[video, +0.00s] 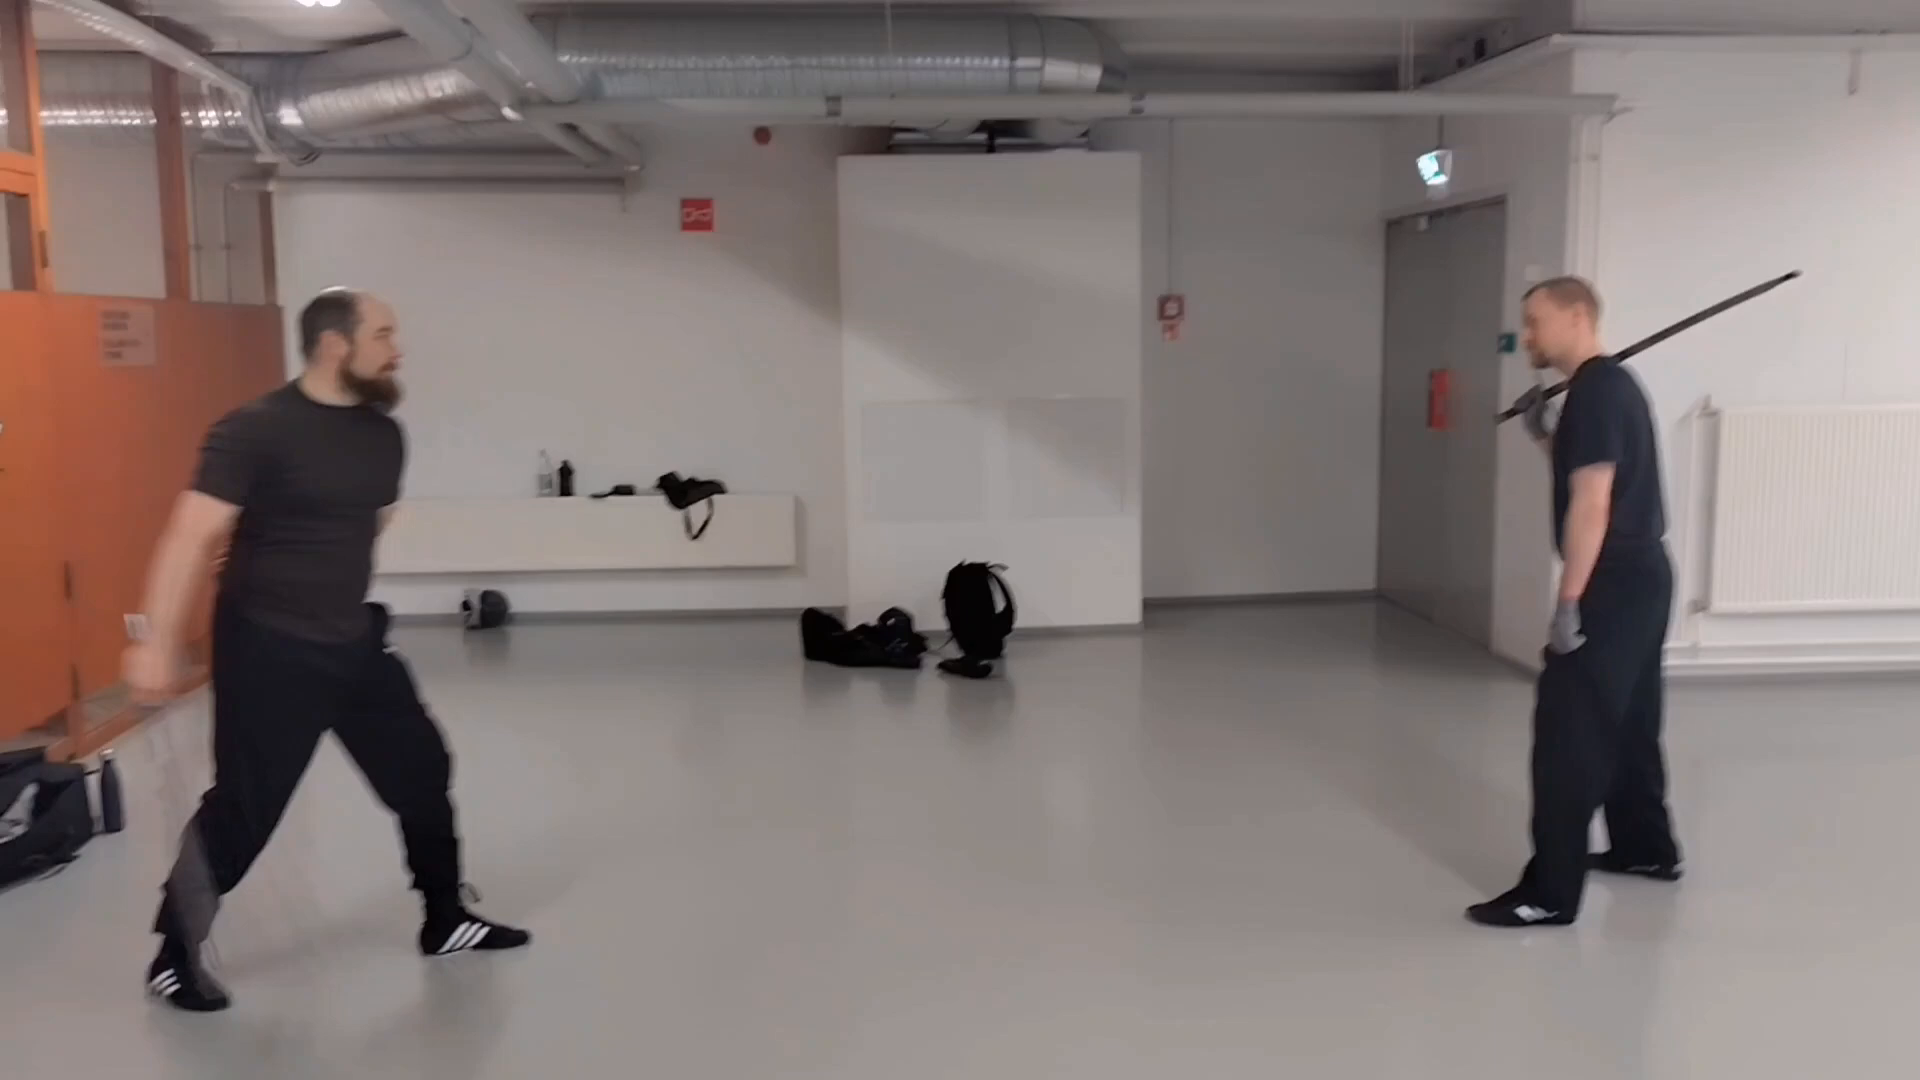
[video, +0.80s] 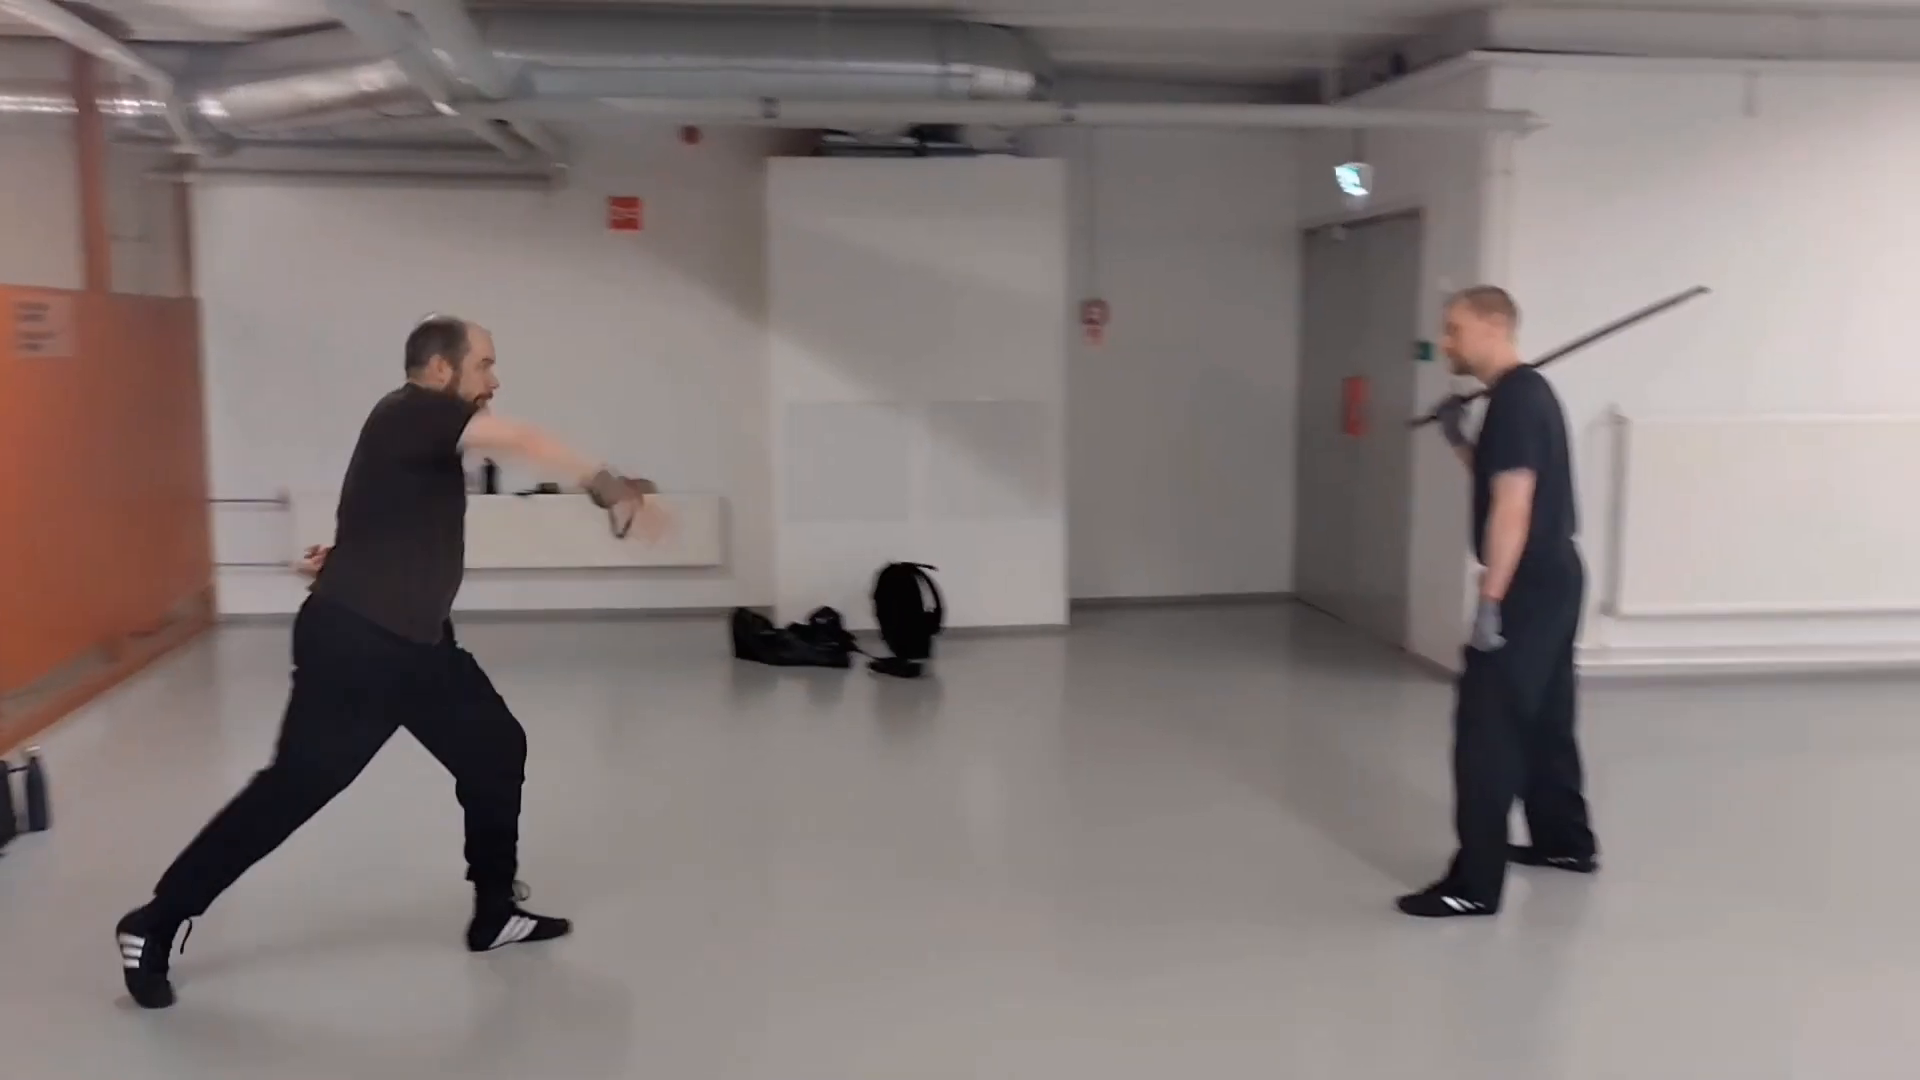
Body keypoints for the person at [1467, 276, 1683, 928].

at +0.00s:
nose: (1526, 338)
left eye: (1534, 323)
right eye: (1526, 325)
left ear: (1577, 319)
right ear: (1580, 322)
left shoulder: (1594, 390)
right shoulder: (1612, 384)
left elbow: (1593, 501)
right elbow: (1587, 481)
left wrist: (1566, 603)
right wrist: (1543, 431)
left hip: (1610, 582)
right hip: (1637, 574)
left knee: (1566, 727)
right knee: (1628, 719)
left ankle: (1551, 891)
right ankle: (1645, 847)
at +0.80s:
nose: (1446, 345)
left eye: (1454, 331)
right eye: (1446, 333)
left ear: (1494, 329)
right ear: (1498, 332)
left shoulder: (1515, 398)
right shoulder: (1526, 392)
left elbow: (1515, 502)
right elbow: (1503, 486)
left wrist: (1489, 602)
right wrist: (1461, 439)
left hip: (1525, 583)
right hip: (1548, 574)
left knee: (1483, 723)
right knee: (1543, 713)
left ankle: (1475, 882)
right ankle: (1564, 840)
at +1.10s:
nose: (1380, 340)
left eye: (1389, 327)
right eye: (1381, 328)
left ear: (1429, 327)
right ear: (1433, 330)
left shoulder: (1445, 392)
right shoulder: (1460, 388)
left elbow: (1441, 499)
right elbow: (1425, 476)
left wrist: (1412, 591)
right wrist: (1386, 425)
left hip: (1453, 577)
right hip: (1477, 572)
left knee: (1408, 709)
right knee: (1452, 703)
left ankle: (1419, 870)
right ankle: (1491, 810)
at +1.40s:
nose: (1373, 345)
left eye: (1382, 334)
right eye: (1373, 334)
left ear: (1422, 334)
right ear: (1413, 337)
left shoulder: (1446, 402)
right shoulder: (1407, 404)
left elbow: (1447, 505)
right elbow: (1338, 452)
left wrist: (1418, 594)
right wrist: (1327, 381)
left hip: (1433, 582)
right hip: (1407, 577)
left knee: (1392, 717)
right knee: (1416, 708)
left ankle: (1404, 870)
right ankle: (1453, 816)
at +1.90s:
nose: (1348, 344)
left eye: (1359, 333)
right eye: (1348, 334)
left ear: (1400, 334)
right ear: (1367, 341)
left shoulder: (1436, 409)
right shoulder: (1356, 403)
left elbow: (1451, 507)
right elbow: (1310, 457)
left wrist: (1422, 589)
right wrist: (1278, 455)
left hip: (1418, 579)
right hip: (1371, 575)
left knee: (1379, 705)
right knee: (1410, 702)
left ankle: (1375, 862)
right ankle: (1452, 825)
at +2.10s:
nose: (1308, 347)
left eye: (1320, 336)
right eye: (1309, 337)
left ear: (1362, 344)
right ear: (1325, 346)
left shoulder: (1396, 421)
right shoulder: (1309, 412)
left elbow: (1411, 522)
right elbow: (1259, 482)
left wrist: (1390, 608)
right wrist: (1199, 488)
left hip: (1373, 593)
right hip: (1324, 587)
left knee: (1333, 717)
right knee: (1365, 709)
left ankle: (1340, 873)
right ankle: (1433, 808)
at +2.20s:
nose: (1285, 344)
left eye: (1297, 335)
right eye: (1286, 334)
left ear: (1338, 343)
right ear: (1314, 343)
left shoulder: (1371, 421)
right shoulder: (1281, 406)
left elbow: (1387, 525)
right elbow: (1216, 457)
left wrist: (1355, 608)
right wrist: (1150, 458)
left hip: (1341, 594)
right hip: (1289, 587)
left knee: (1313, 727)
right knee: (1288, 722)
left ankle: (1332, 874)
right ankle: (1376, 778)